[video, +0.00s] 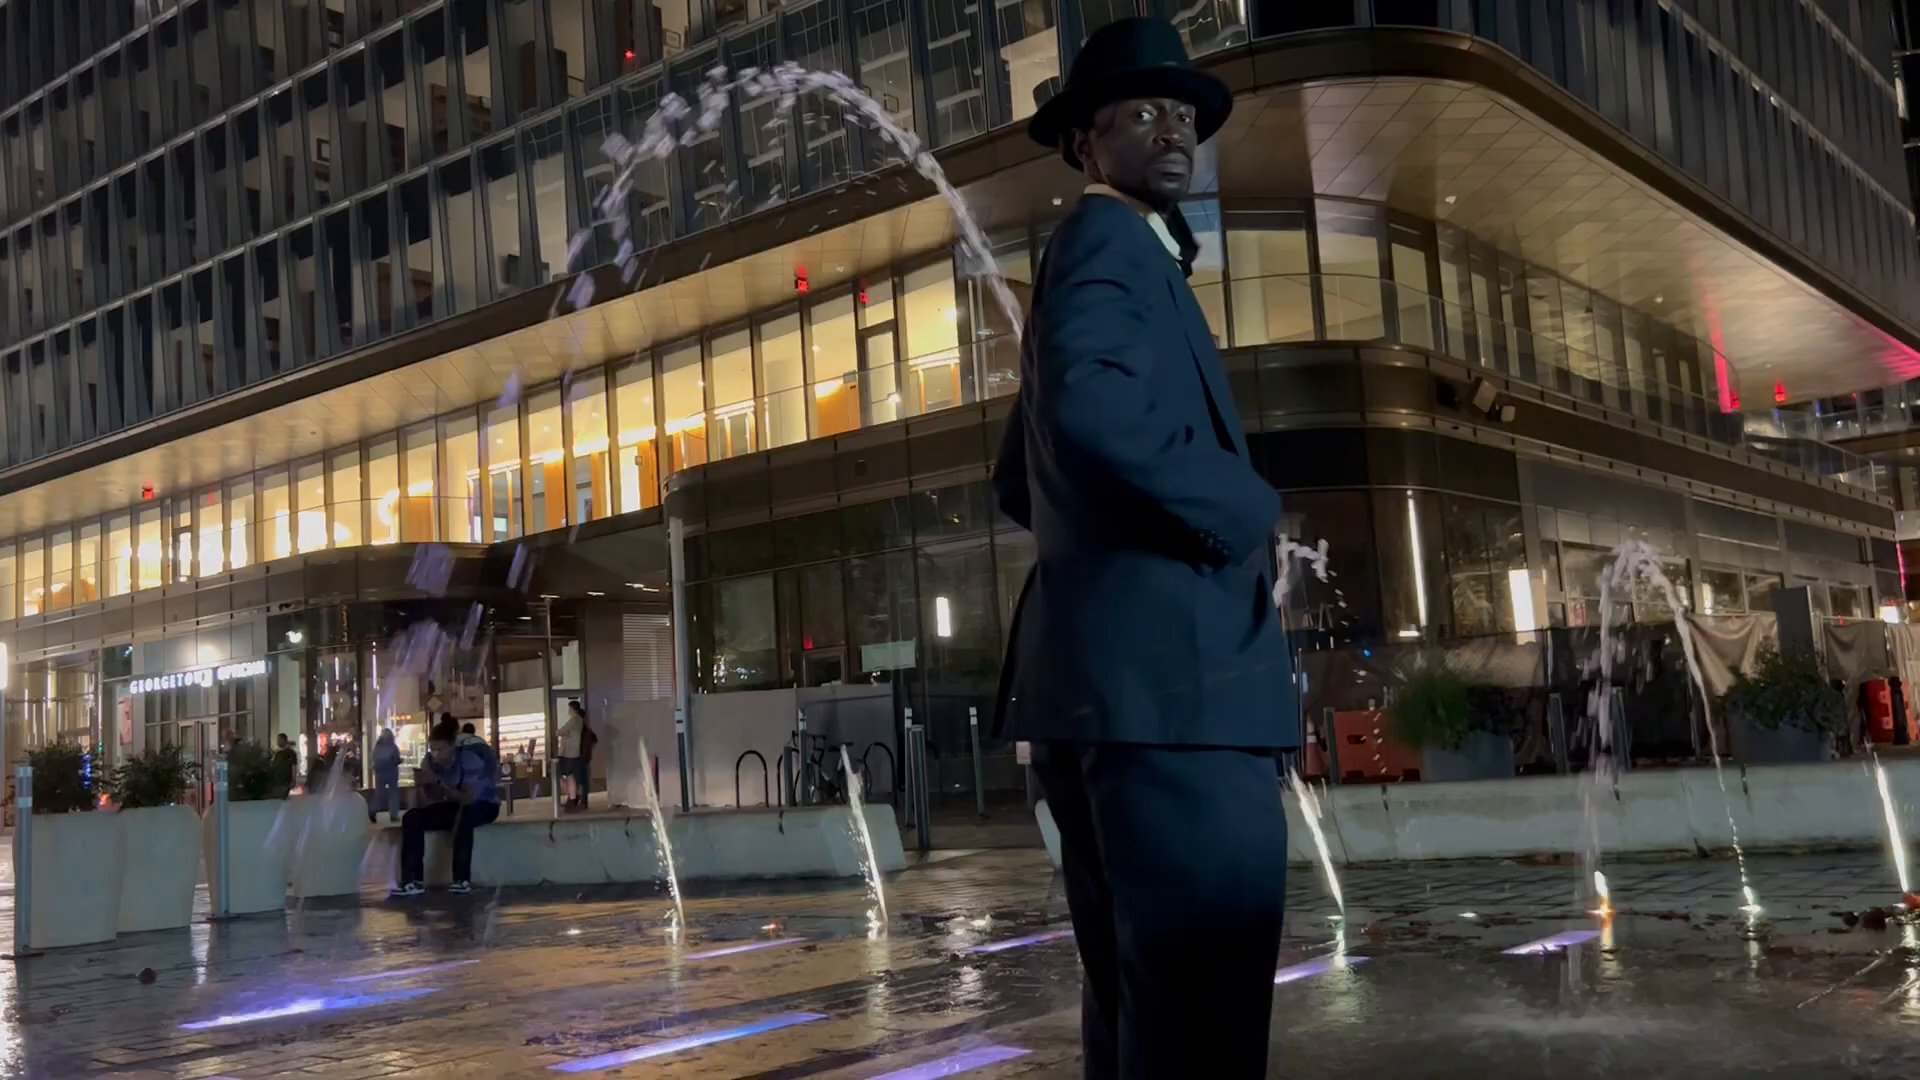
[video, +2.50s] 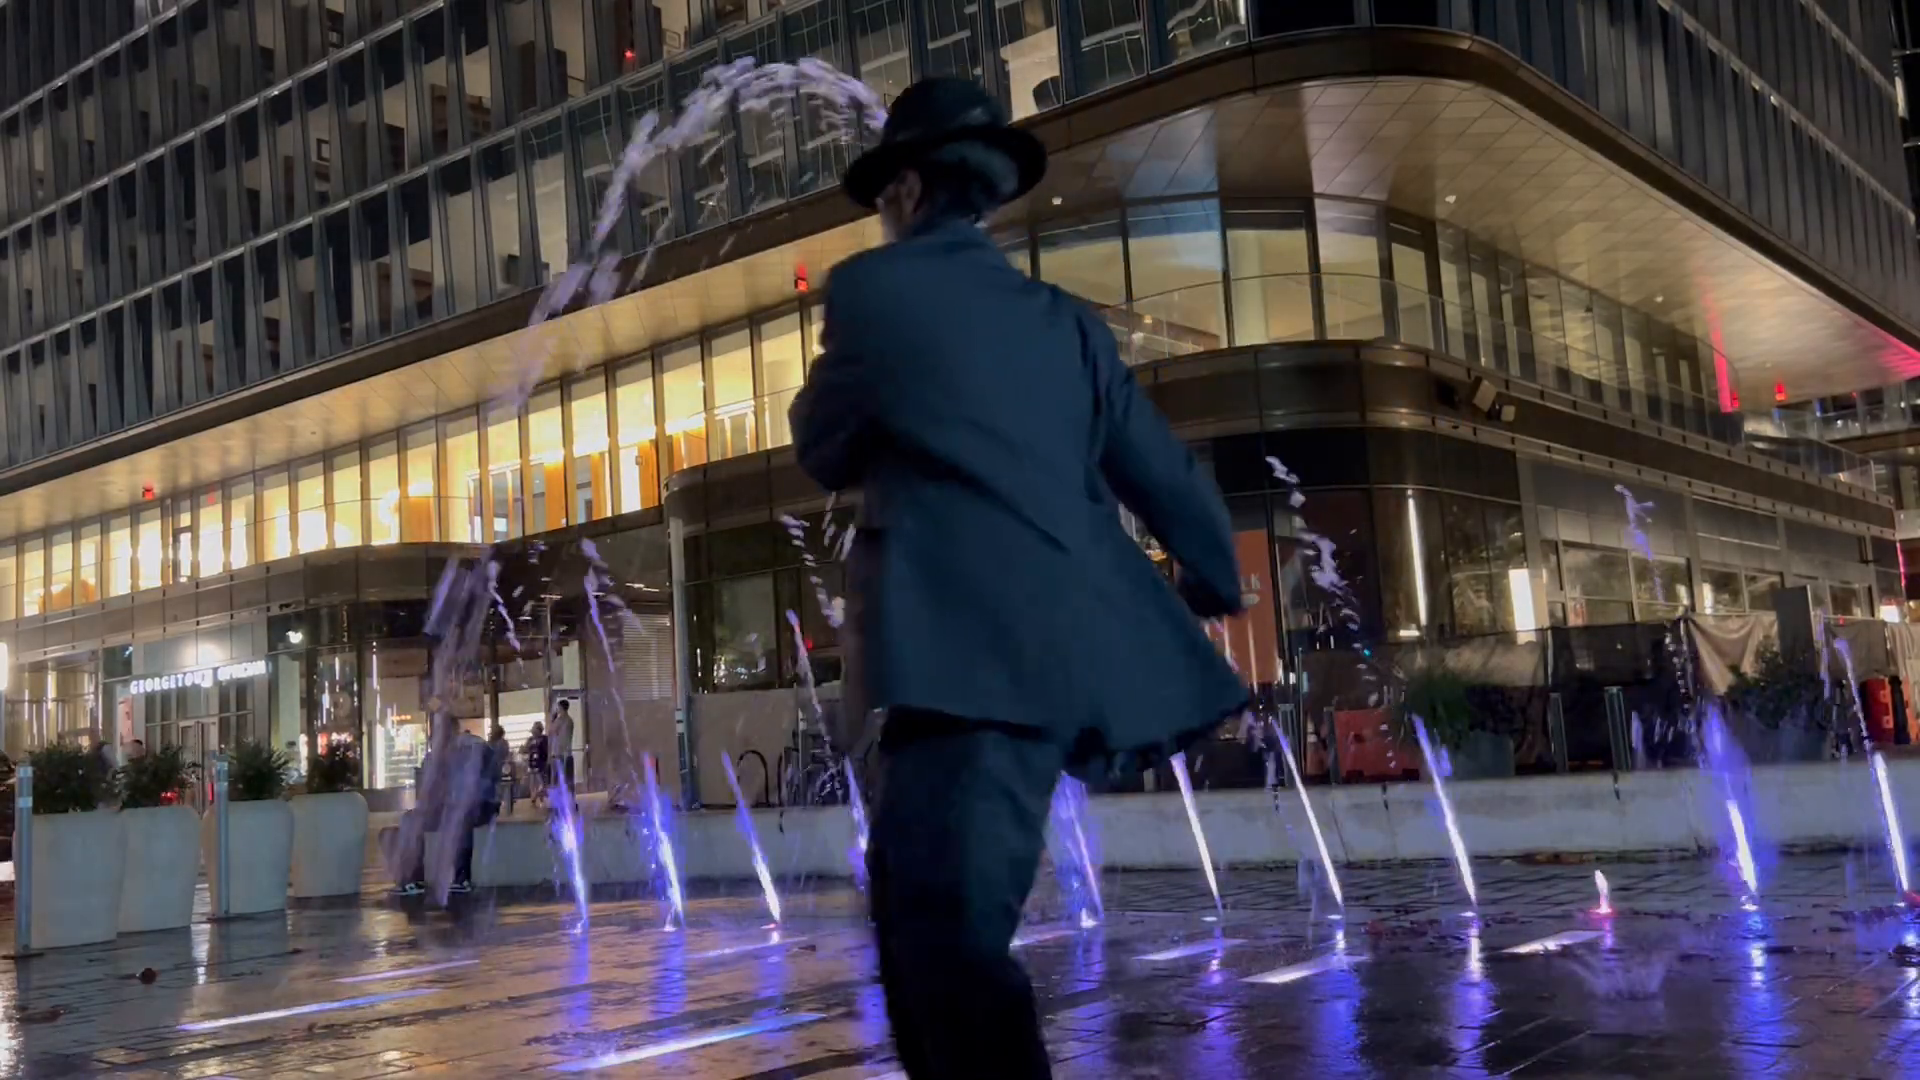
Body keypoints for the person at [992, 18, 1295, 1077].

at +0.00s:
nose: (1175, 130)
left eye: (1186, 115)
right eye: (1142, 114)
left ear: (1201, 137)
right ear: (1085, 148)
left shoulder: (1087, 254)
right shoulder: (1110, 236)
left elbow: (1018, 478)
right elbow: (1098, 409)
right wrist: (1260, 517)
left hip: (1105, 705)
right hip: (1171, 700)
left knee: (1137, 1018)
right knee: (1205, 1026)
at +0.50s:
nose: (1204, 171)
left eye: (1074, 155)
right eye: (1196, 153)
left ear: (1075, 170)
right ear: (1191, 163)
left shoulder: (1000, 292)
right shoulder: (1256, 262)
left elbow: (932, 467)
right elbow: (1351, 440)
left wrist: (1029, 555)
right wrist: (1300, 561)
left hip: (1049, 670)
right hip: (1206, 664)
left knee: (1079, 998)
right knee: (1194, 993)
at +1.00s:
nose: (1061, 188)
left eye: (1061, 168)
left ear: (1073, 176)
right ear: (1175, 173)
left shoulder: (1041, 278)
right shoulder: (1267, 295)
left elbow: (1028, 457)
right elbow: (1341, 465)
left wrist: (981, 517)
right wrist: (1248, 557)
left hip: (1100, 680)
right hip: (1240, 671)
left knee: (1098, 989)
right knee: (1251, 970)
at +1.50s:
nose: (1089, 227)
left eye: (1090, 206)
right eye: (1088, 208)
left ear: (1110, 200)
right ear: (1210, 200)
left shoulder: (1076, 300)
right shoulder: (1324, 307)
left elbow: (1039, 471)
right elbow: (1447, 429)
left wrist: (1042, 537)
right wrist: (1359, 546)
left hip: (1136, 693)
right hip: (1305, 689)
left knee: (1131, 998)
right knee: (1301, 986)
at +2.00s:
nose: (952, 218)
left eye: (954, 194)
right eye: (951, 197)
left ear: (986, 188)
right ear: (1048, 186)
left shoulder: (1008, 277)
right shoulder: (1100, 288)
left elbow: (1035, 469)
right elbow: (1135, 488)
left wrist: (941, 573)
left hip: (1063, 663)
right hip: (1123, 650)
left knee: (994, 939)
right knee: (1018, 931)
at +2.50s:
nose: (879, 208)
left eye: (883, 189)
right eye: (881, 189)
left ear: (908, 189)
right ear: (986, 197)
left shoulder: (873, 285)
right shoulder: (1064, 318)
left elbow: (821, 444)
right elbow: (1159, 466)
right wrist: (1216, 579)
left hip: (969, 652)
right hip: (1069, 648)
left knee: (936, 939)